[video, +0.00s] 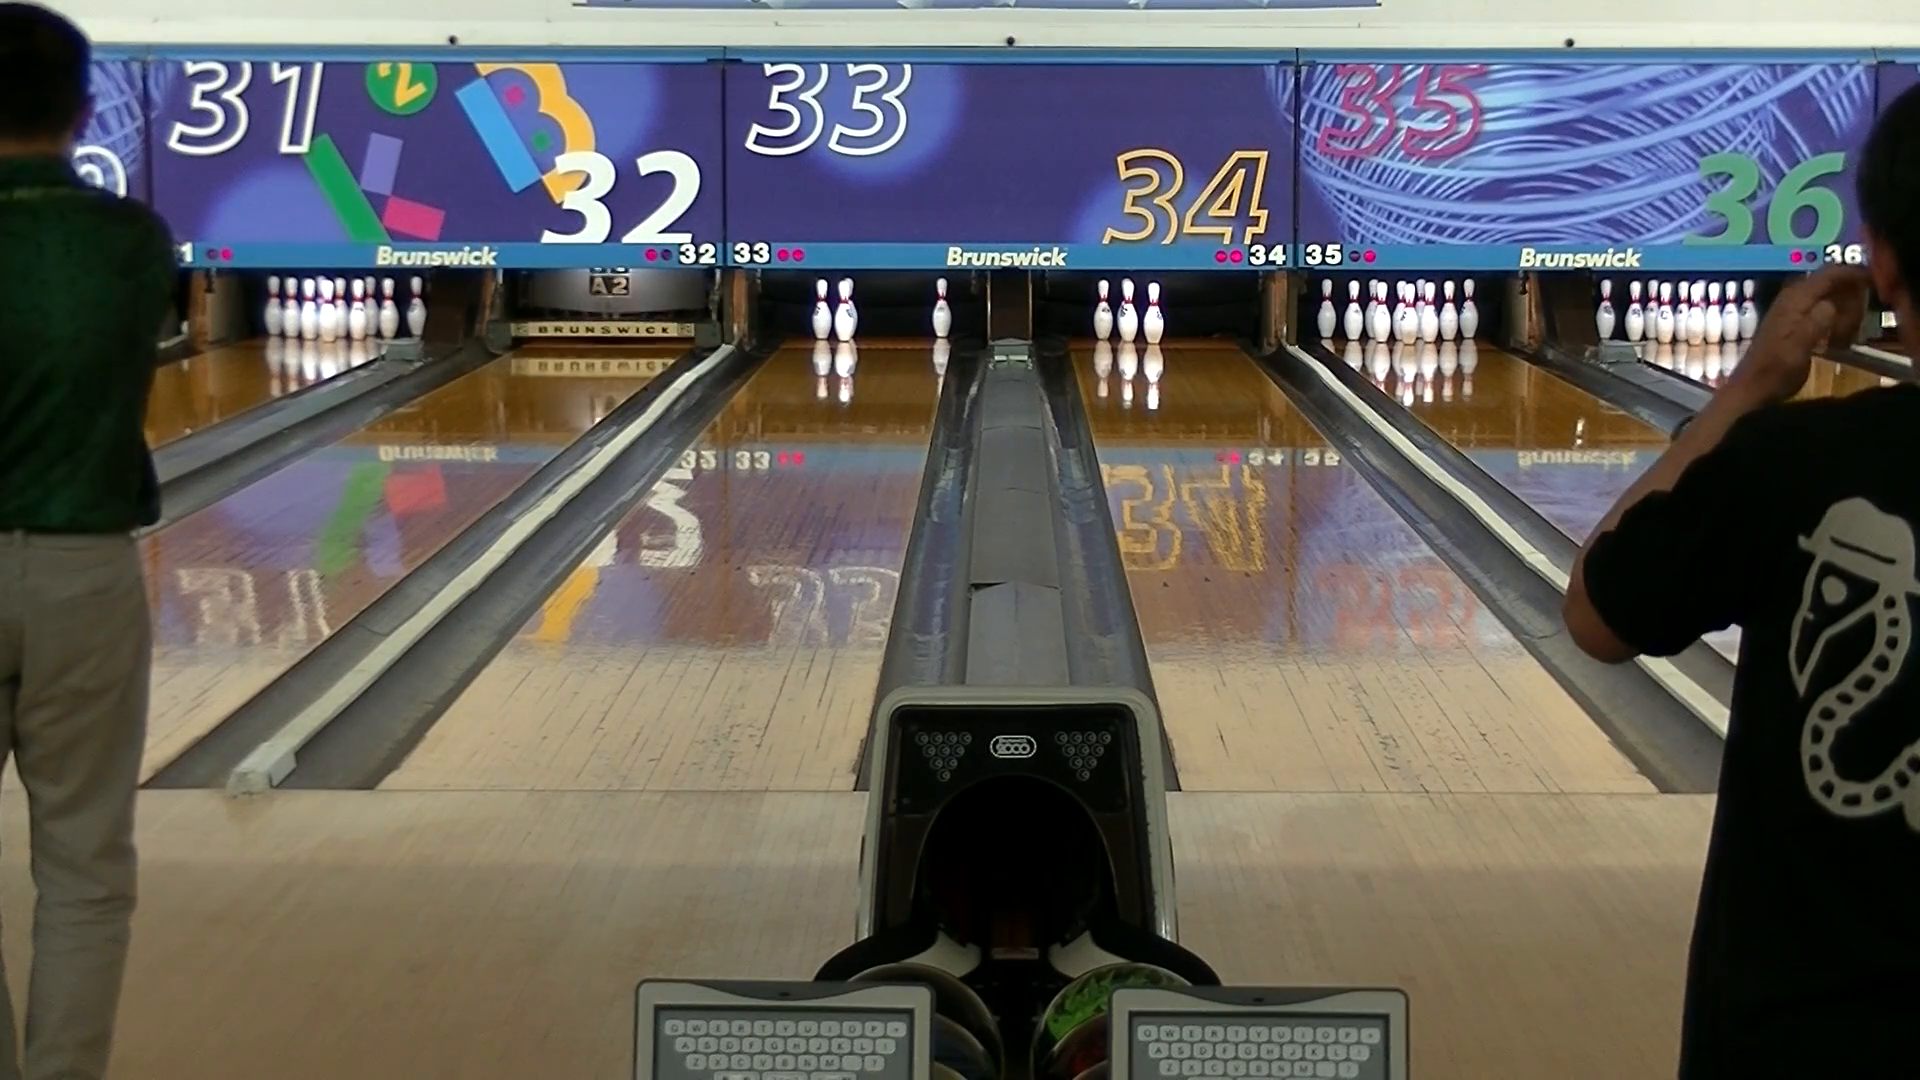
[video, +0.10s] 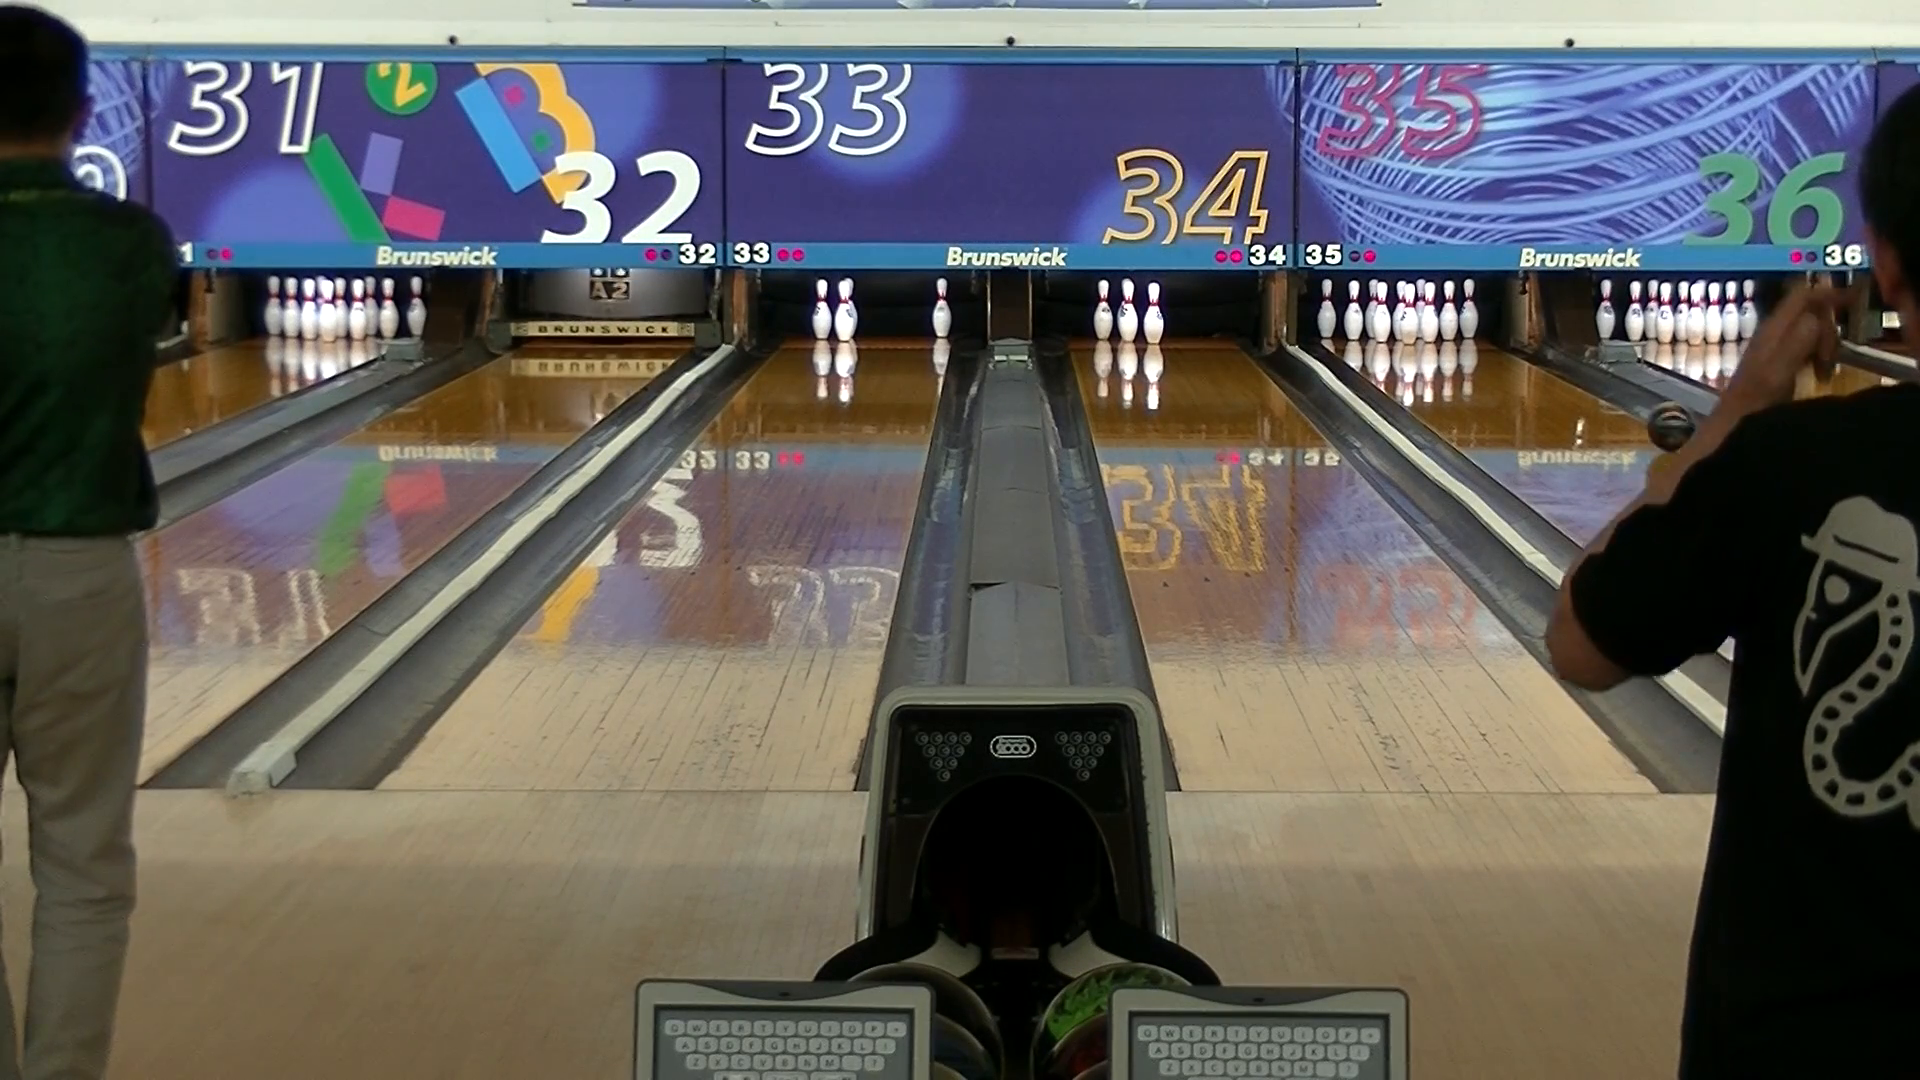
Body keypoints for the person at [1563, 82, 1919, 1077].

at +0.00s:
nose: (1864, 257)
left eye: (1866, 236)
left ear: (1885, 265)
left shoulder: (1813, 458)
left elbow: (1600, 616)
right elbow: (1602, 615)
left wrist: (1752, 380)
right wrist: (1756, 388)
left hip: (1792, 995)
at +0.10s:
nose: (1873, 257)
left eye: (1870, 238)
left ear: (1885, 263)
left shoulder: (1807, 460)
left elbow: (1582, 649)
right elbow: (1584, 645)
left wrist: (1741, 402)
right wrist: (1750, 411)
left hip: (1794, 1005)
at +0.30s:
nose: (1888, 265)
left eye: (1887, 244)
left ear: (1899, 264)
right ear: (1900, 262)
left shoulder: (1806, 459)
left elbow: (1587, 725)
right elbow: (1588, 722)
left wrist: (1685, 784)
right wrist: (1685, 777)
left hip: (1791, 1008)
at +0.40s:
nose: (1888, 261)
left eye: (1885, 239)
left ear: (1899, 256)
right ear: (1900, 254)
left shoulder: (1810, 462)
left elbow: (1623, 746)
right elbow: (1624, 744)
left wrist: (1650, 972)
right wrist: (1651, 972)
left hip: (1793, 1004)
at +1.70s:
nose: (1780, 266)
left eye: (1779, 246)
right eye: (1786, 241)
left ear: (1805, 272)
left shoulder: (1730, 458)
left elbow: (1602, 718)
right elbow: (1601, 718)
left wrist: (1608, 999)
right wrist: (1612, 999)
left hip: (1756, 1015)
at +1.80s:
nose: (1740, 275)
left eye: (1735, 252)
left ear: (1755, 277)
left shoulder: (1691, 465)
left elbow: (1582, 737)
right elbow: (1581, 736)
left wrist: (1562, 1014)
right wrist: (1564, 1016)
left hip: (1719, 1023)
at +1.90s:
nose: (1678, 276)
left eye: (1677, 252)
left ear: (1694, 275)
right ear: (1881, 253)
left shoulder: (1634, 469)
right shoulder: (1914, 423)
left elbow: (1554, 744)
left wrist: (1496, 1015)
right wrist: (1502, 1011)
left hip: (1681, 1014)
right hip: (1903, 1008)